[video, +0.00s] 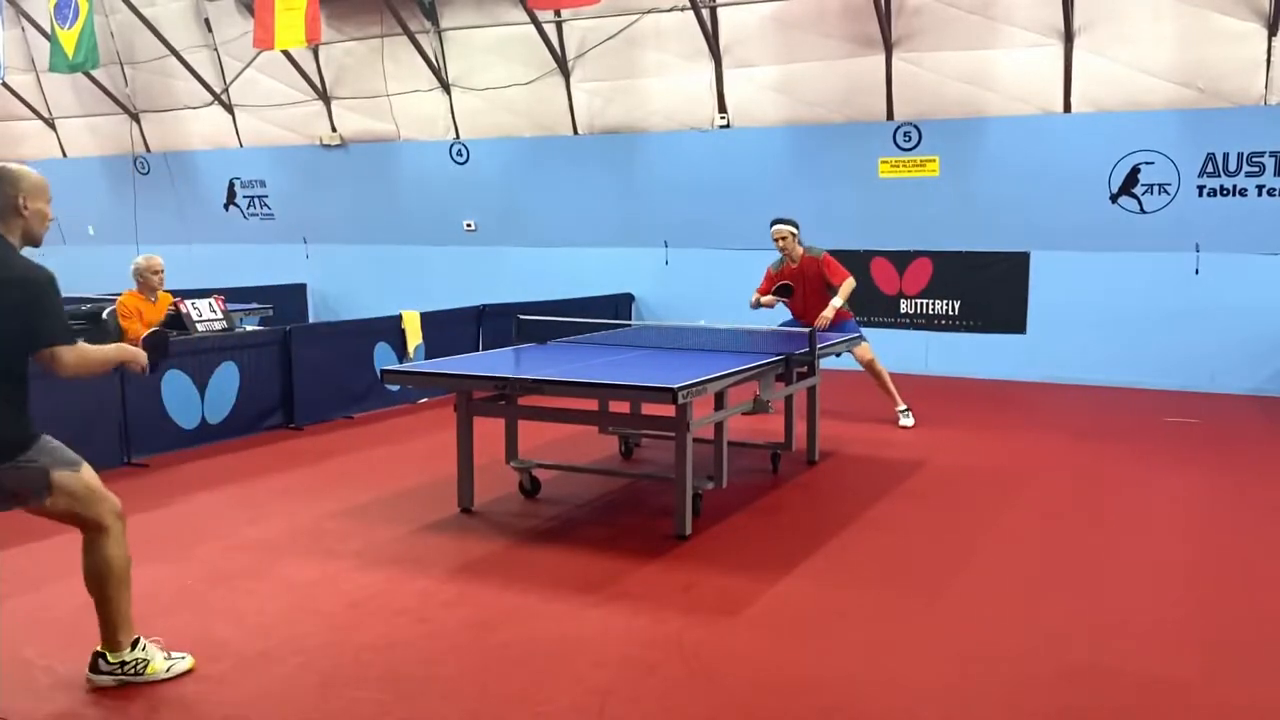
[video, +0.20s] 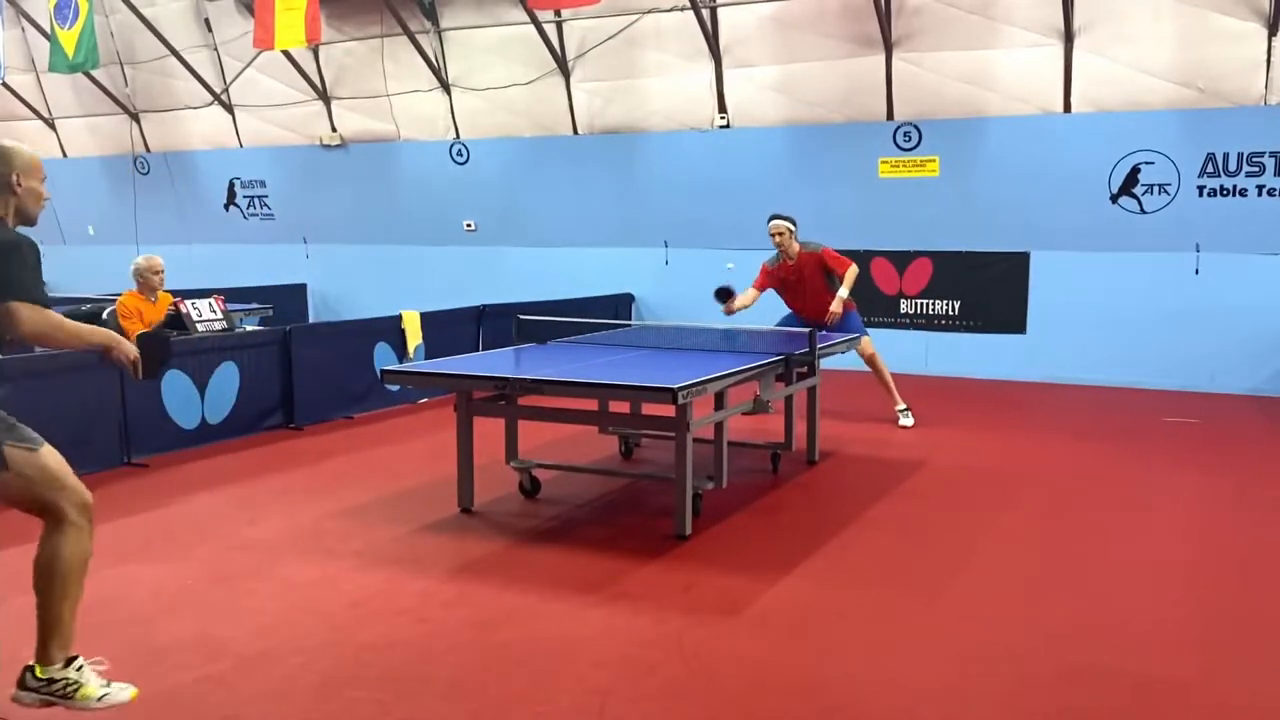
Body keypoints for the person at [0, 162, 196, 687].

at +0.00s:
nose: (51, 214)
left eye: (49, 205)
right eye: (45, 205)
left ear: (12, 208)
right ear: (19, 208)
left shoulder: (15, 271)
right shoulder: (26, 277)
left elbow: (53, 355)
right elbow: (61, 358)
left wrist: (111, 351)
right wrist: (121, 351)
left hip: (10, 442)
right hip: (7, 443)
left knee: (101, 511)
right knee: (105, 514)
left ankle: (118, 647)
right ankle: (119, 650)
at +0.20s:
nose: (46, 191)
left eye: (44, 180)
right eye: (39, 180)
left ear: (10, 185)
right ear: (14, 185)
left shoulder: (10, 241)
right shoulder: (12, 243)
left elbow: (22, 318)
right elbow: (26, 319)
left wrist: (98, 336)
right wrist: (107, 337)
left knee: (70, 504)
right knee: (71, 506)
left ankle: (53, 662)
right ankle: (52, 665)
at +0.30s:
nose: (52, 210)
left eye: (51, 200)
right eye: (46, 200)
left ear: (16, 203)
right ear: (19, 203)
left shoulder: (11, 265)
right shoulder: (9, 267)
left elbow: (11, 345)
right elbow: (7, 344)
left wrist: (88, 378)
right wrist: (89, 377)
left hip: (2, 445)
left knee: (44, 542)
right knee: (49, 541)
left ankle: (29, 700)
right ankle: (30, 704)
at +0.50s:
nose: (97, 246)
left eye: (96, 234)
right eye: (90, 234)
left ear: (56, 241)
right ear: (65, 241)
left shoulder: (40, 303)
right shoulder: (19, 313)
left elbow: (26, 367)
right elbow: (9, 418)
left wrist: (87, 384)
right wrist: (99, 464)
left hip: (4, 483)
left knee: (38, 605)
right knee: (41, 606)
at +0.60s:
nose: (141, 267)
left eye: (141, 256)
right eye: (136, 256)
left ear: (103, 257)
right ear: (112, 259)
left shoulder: (87, 314)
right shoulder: (50, 324)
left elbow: (64, 376)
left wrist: (123, 401)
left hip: (31, 471)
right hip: (5, 484)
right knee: (50, 609)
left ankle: (9, 621)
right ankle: (4, 696)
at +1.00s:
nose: (363, 323)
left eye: (363, 313)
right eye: (359, 314)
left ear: (324, 305)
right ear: (336, 312)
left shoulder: (269, 318)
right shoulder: (300, 368)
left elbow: (208, 330)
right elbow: (307, 459)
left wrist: (172, 349)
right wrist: (380, 457)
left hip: (218, 451)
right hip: (173, 465)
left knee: (301, 488)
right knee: (125, 587)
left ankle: (304, 601)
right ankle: (33, 708)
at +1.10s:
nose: (398, 346)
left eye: (400, 337)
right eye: (396, 337)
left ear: (362, 320)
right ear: (369, 329)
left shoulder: (304, 326)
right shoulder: (347, 384)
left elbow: (237, 334)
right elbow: (372, 466)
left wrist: (186, 349)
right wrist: (450, 471)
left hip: (230, 445)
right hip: (199, 458)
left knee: (315, 478)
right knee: (148, 575)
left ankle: (304, 601)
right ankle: (53, 696)